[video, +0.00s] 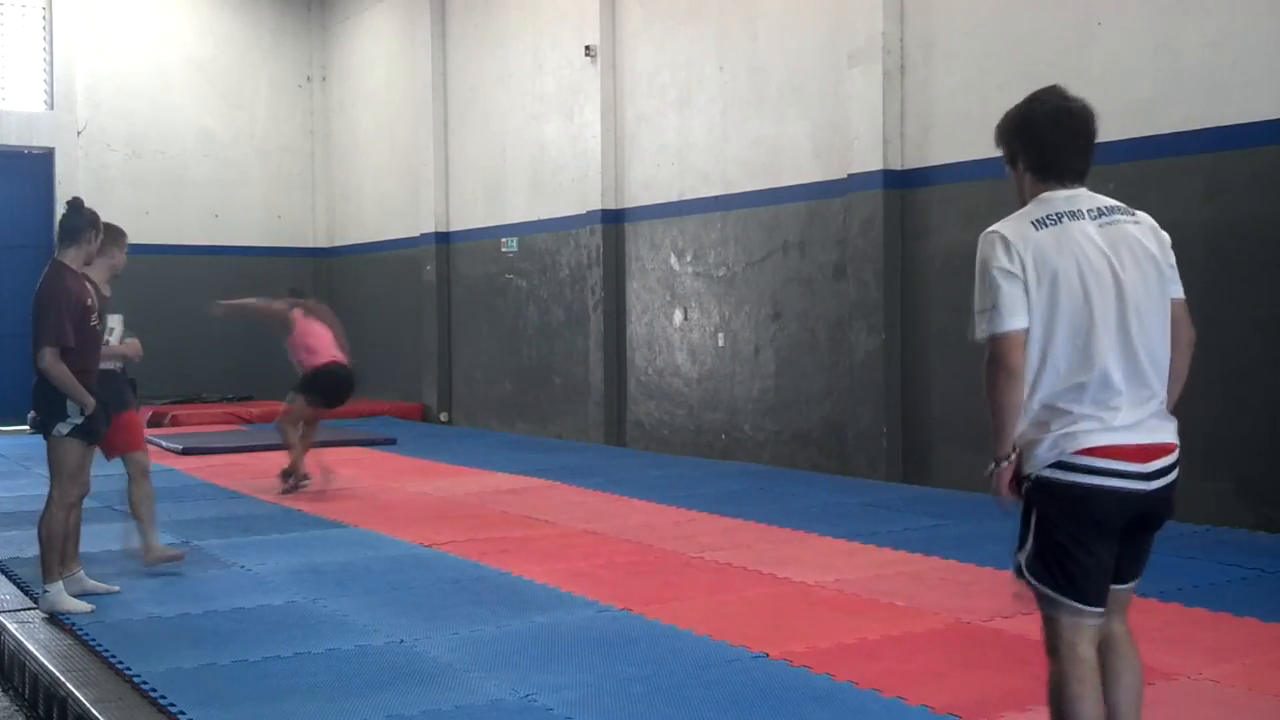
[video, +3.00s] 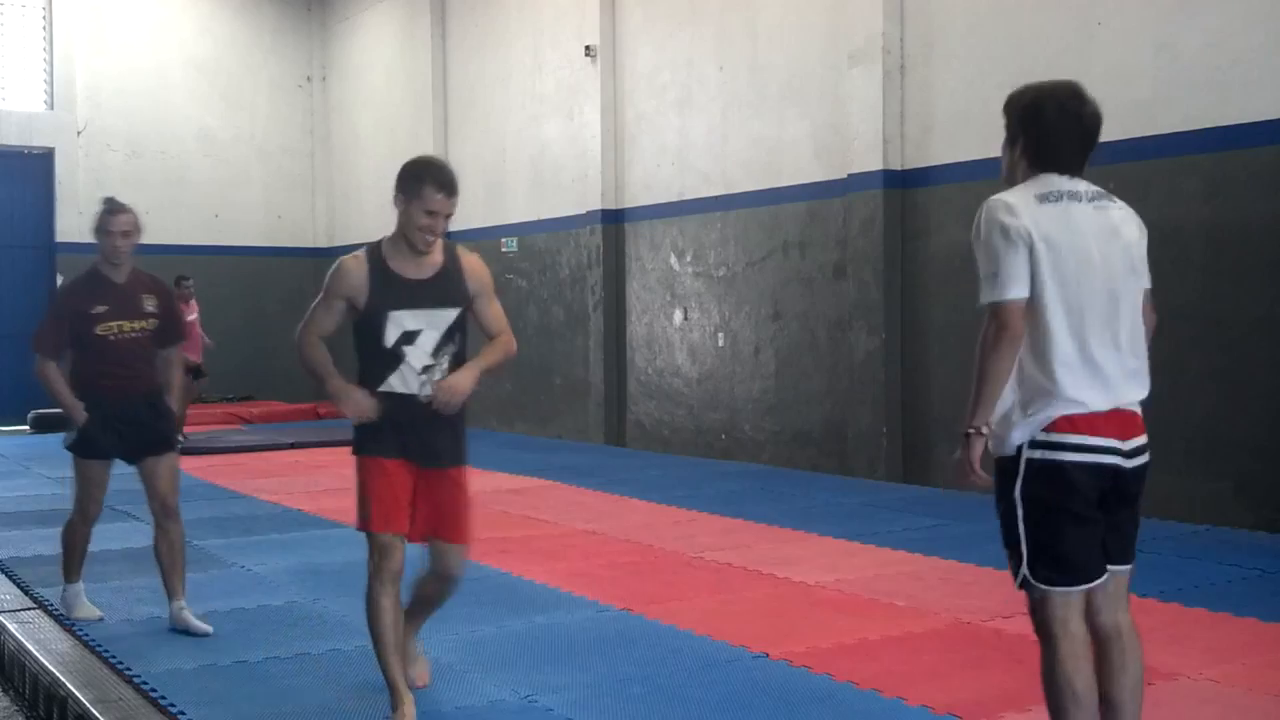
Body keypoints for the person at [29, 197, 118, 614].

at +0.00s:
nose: (99, 245)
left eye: (98, 238)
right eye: (99, 238)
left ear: (69, 235)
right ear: (91, 238)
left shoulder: (76, 279)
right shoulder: (58, 284)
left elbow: (77, 346)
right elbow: (48, 359)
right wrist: (87, 401)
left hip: (82, 396)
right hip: (64, 400)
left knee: (78, 489)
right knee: (63, 493)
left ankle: (71, 574)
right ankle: (51, 590)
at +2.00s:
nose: (95, 241)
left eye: (96, 234)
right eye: (90, 233)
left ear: (69, 237)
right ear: (65, 235)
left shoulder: (62, 277)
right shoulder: (50, 282)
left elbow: (56, 345)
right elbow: (39, 352)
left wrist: (79, 389)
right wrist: (82, 397)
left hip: (59, 392)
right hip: (57, 395)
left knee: (50, 489)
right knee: (82, 487)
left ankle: (43, 580)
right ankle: (53, 582)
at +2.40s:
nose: (87, 239)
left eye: (90, 232)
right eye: (77, 232)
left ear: (90, 236)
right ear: (55, 235)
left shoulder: (85, 282)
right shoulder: (43, 288)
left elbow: (96, 347)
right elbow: (28, 361)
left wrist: (114, 397)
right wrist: (79, 405)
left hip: (94, 398)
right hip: (61, 405)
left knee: (111, 485)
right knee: (77, 492)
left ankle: (58, 561)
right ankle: (67, 593)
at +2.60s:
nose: (80, 237)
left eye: (86, 230)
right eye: (71, 230)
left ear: (93, 232)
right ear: (55, 233)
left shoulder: (104, 280)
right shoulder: (41, 289)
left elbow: (118, 341)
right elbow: (19, 358)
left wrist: (129, 393)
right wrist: (65, 407)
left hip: (112, 402)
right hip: (67, 408)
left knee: (139, 488)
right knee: (69, 502)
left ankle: (113, 575)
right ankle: (67, 595)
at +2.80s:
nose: (92, 240)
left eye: (99, 232)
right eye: (84, 232)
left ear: (109, 234)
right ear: (69, 235)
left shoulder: (128, 285)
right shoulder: (51, 292)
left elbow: (141, 345)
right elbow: (24, 360)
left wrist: (146, 395)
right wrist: (63, 408)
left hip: (127, 404)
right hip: (77, 409)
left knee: (152, 500)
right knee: (74, 507)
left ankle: (169, 593)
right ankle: (68, 595)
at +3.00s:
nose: (119, 241)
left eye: (127, 234)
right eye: (110, 234)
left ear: (137, 238)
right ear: (97, 237)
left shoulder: (157, 291)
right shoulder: (74, 294)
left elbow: (173, 356)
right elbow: (46, 364)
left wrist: (172, 412)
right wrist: (78, 413)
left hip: (151, 412)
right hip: (95, 414)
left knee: (167, 508)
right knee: (86, 512)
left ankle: (178, 606)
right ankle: (72, 591)